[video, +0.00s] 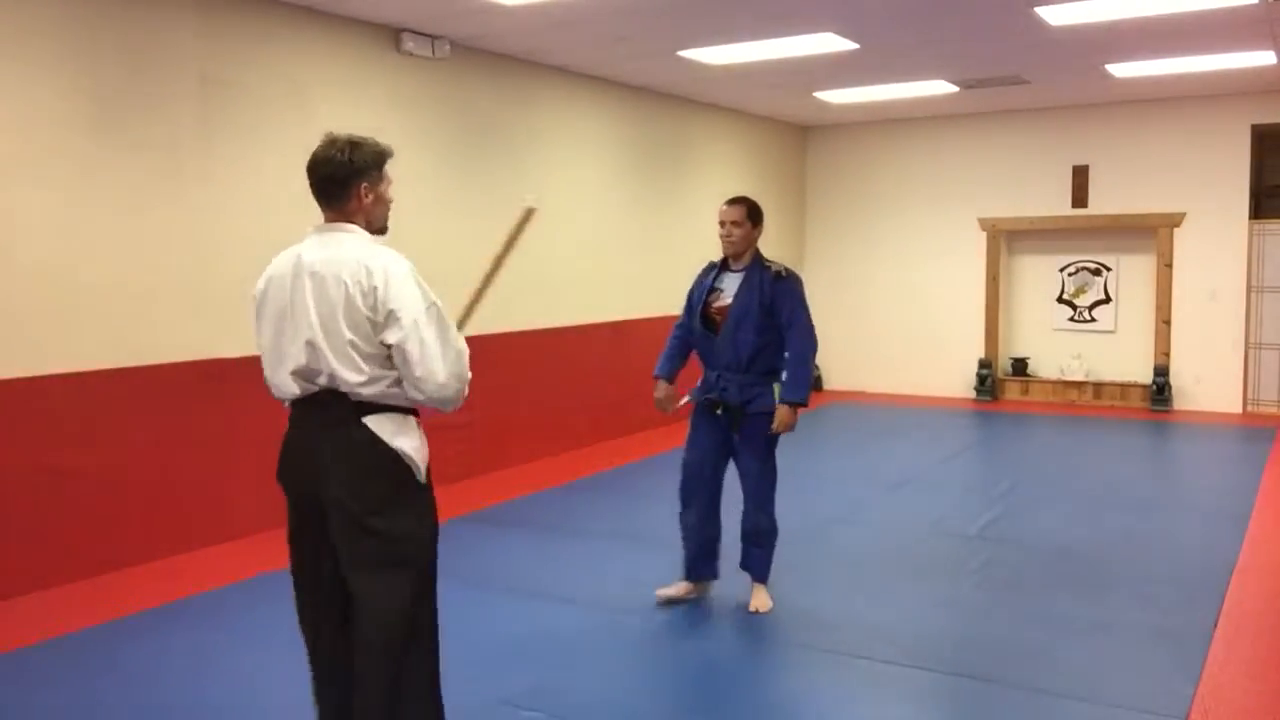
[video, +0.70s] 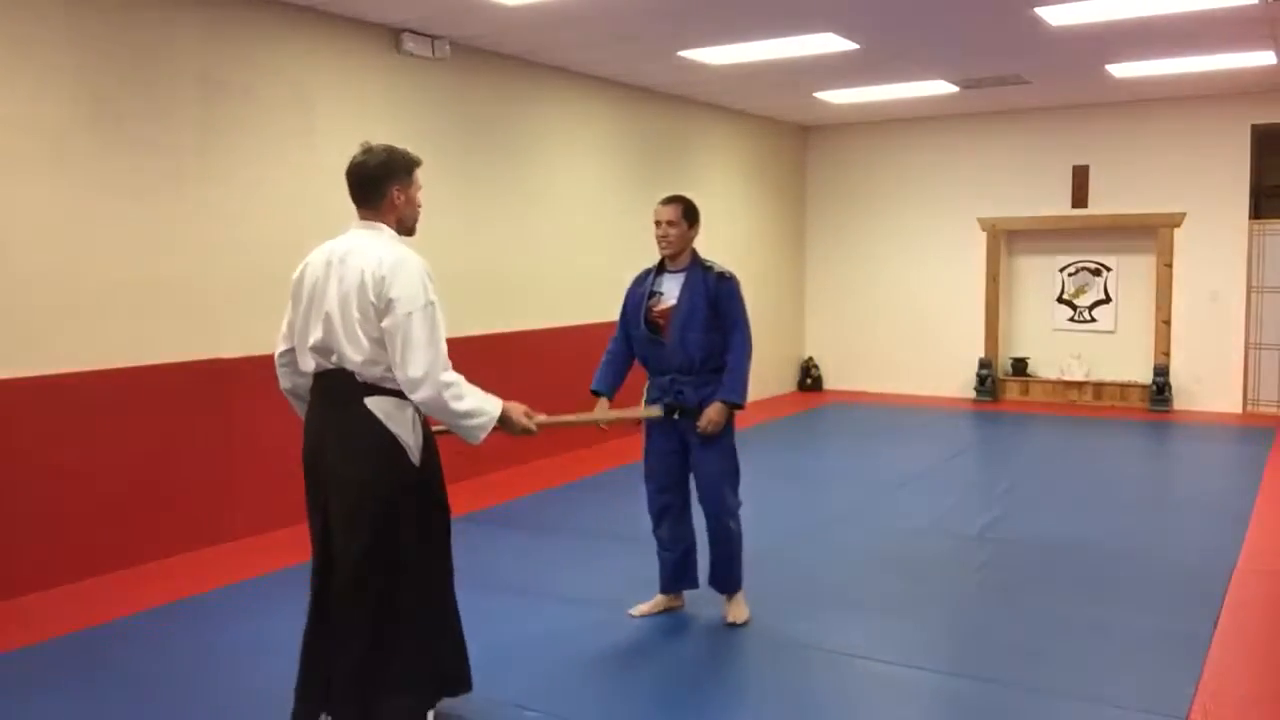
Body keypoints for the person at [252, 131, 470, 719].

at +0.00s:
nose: (391, 195)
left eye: (388, 183)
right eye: (384, 184)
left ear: (328, 196)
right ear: (361, 193)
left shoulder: (277, 273)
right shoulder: (385, 269)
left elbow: (281, 371)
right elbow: (443, 383)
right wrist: (439, 335)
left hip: (304, 450)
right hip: (377, 453)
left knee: (326, 617)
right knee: (394, 619)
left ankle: (338, 713)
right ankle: (398, 714)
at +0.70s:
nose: (422, 200)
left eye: (420, 189)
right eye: (416, 190)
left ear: (367, 198)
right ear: (394, 196)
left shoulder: (315, 262)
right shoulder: (400, 265)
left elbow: (289, 365)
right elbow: (425, 378)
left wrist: (327, 414)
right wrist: (497, 410)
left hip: (326, 424)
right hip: (384, 429)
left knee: (339, 573)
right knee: (399, 570)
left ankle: (328, 703)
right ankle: (402, 703)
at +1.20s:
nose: (411, 201)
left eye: (408, 191)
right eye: (403, 192)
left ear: (361, 202)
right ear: (376, 199)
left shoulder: (310, 263)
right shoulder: (383, 265)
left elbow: (288, 356)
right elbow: (411, 367)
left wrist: (315, 410)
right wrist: (461, 440)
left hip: (318, 424)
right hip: (372, 427)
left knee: (324, 565)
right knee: (394, 569)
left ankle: (311, 695)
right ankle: (394, 701)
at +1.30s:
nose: (404, 202)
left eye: (401, 192)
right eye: (395, 193)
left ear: (353, 202)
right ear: (369, 200)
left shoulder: (304, 262)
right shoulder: (373, 265)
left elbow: (286, 354)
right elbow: (400, 368)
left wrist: (321, 400)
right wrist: (451, 446)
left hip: (309, 426)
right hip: (361, 429)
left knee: (322, 567)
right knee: (389, 568)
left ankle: (316, 693)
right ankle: (391, 700)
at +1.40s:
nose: (397, 202)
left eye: (394, 191)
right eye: (389, 192)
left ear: (346, 201)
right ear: (362, 200)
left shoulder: (300, 260)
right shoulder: (366, 265)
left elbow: (283, 349)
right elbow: (390, 366)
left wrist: (326, 389)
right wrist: (434, 449)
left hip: (299, 423)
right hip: (350, 428)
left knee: (312, 565)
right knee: (377, 568)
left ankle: (304, 693)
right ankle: (383, 701)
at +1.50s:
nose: (393, 203)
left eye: (390, 192)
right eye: (387, 193)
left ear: (342, 201)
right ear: (361, 200)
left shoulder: (299, 259)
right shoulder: (359, 264)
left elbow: (283, 348)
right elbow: (380, 366)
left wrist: (333, 384)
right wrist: (418, 449)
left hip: (294, 425)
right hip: (344, 431)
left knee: (302, 565)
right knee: (371, 568)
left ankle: (299, 695)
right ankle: (379, 700)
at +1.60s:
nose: (391, 204)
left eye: (388, 193)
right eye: (384, 194)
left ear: (340, 201)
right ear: (359, 199)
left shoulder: (298, 258)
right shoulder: (355, 264)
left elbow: (284, 347)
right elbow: (373, 366)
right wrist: (407, 448)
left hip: (296, 424)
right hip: (344, 431)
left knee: (304, 563)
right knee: (363, 565)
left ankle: (303, 692)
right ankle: (364, 698)